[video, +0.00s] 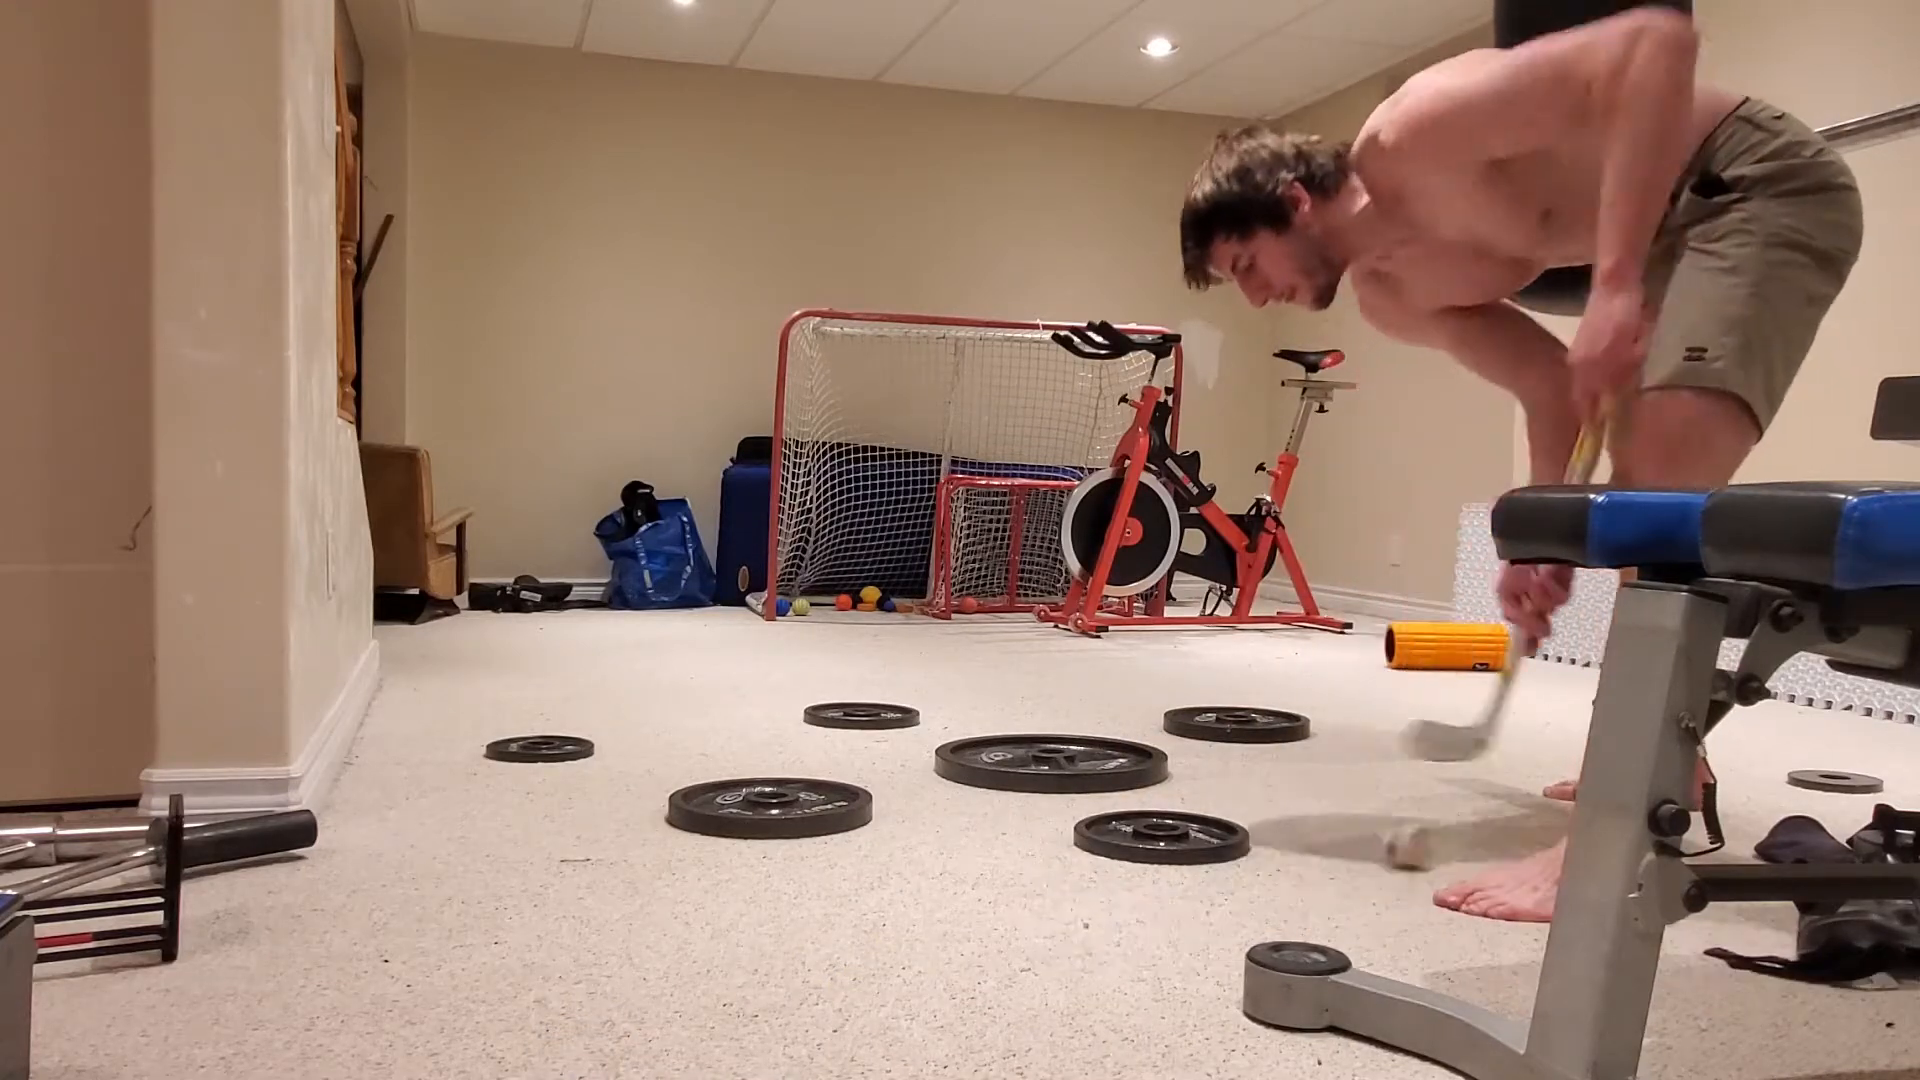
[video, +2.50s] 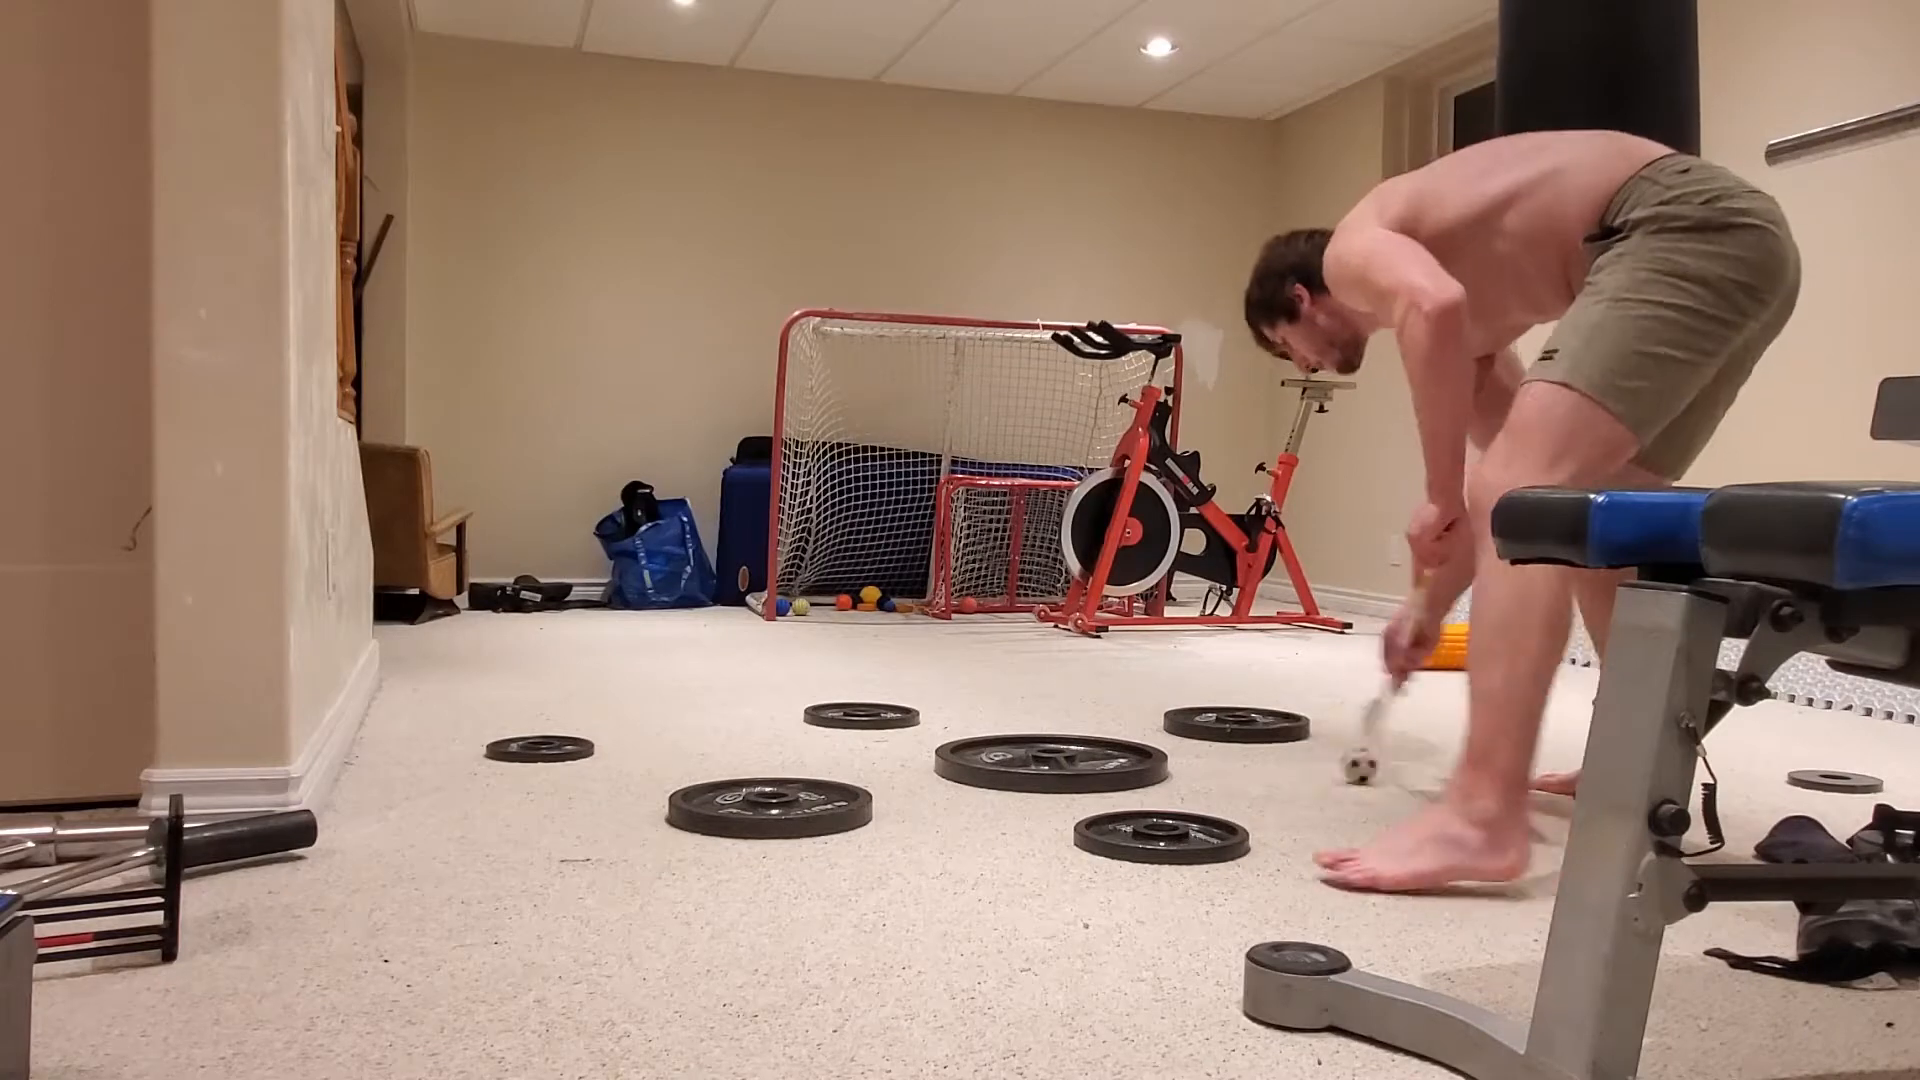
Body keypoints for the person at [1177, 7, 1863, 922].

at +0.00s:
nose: (1257, 298)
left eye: (1247, 265)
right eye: (1238, 286)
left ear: (1291, 198)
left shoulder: (1415, 131)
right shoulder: (1391, 298)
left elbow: (1654, 45)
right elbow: (1547, 376)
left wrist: (1614, 286)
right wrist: (1538, 536)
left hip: (1758, 178)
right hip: (1676, 240)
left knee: (1661, 474)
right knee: (1642, 471)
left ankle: (1621, 834)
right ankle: (1669, 757)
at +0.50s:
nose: (1354, 403)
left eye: (1337, 384)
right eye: (1336, 394)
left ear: (1354, 333)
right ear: (1363, 334)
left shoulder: (1429, 277)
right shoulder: (1489, 361)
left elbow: (1545, 347)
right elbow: (1532, 522)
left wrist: (1527, 531)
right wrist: (1435, 629)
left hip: (1780, 245)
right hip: (1752, 264)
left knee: (1612, 514)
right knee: (1633, 513)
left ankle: (1610, 838)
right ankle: (1674, 760)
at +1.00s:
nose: (1326, 352)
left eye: (1313, 329)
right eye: (1310, 342)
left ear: (1339, 277)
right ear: (1345, 279)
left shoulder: (1416, 244)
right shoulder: (1471, 304)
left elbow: (1525, 317)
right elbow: (1538, 473)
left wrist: (1492, 513)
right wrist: (1471, 600)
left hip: (1759, 254)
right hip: (1704, 287)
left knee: (1623, 532)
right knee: (1583, 522)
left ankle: (1578, 845)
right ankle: (1668, 754)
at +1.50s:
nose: (1253, 297)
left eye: (1250, 264)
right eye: (1236, 280)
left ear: (1307, 201)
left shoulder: (1451, 132)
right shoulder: (1375, 329)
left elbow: (1710, 167)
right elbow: (1453, 479)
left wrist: (1630, 396)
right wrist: (1439, 633)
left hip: (1757, 226)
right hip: (1635, 288)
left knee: (1613, 509)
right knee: (1573, 550)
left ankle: (1601, 847)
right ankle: (1668, 765)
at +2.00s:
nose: (1201, 303)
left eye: (1189, 278)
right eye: (1184, 290)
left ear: (1228, 226)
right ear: (1237, 228)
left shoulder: (1335, 202)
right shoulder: (1351, 269)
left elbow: (1505, 283)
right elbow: (1458, 411)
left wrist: (1407, 431)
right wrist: (1380, 549)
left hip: (1719, 207)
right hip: (1658, 231)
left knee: (1540, 492)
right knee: (1529, 491)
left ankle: (1579, 849)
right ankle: (1607, 748)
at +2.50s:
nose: (1306, 367)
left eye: (1287, 348)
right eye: (1288, 359)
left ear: (1304, 301)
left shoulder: (1352, 249)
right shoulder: (1461, 321)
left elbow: (1436, 307)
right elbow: (1509, 473)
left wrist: (1444, 495)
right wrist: (1429, 608)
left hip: (1688, 230)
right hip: (1732, 243)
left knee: (1517, 491)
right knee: (1602, 512)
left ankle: (1482, 817)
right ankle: (1647, 762)